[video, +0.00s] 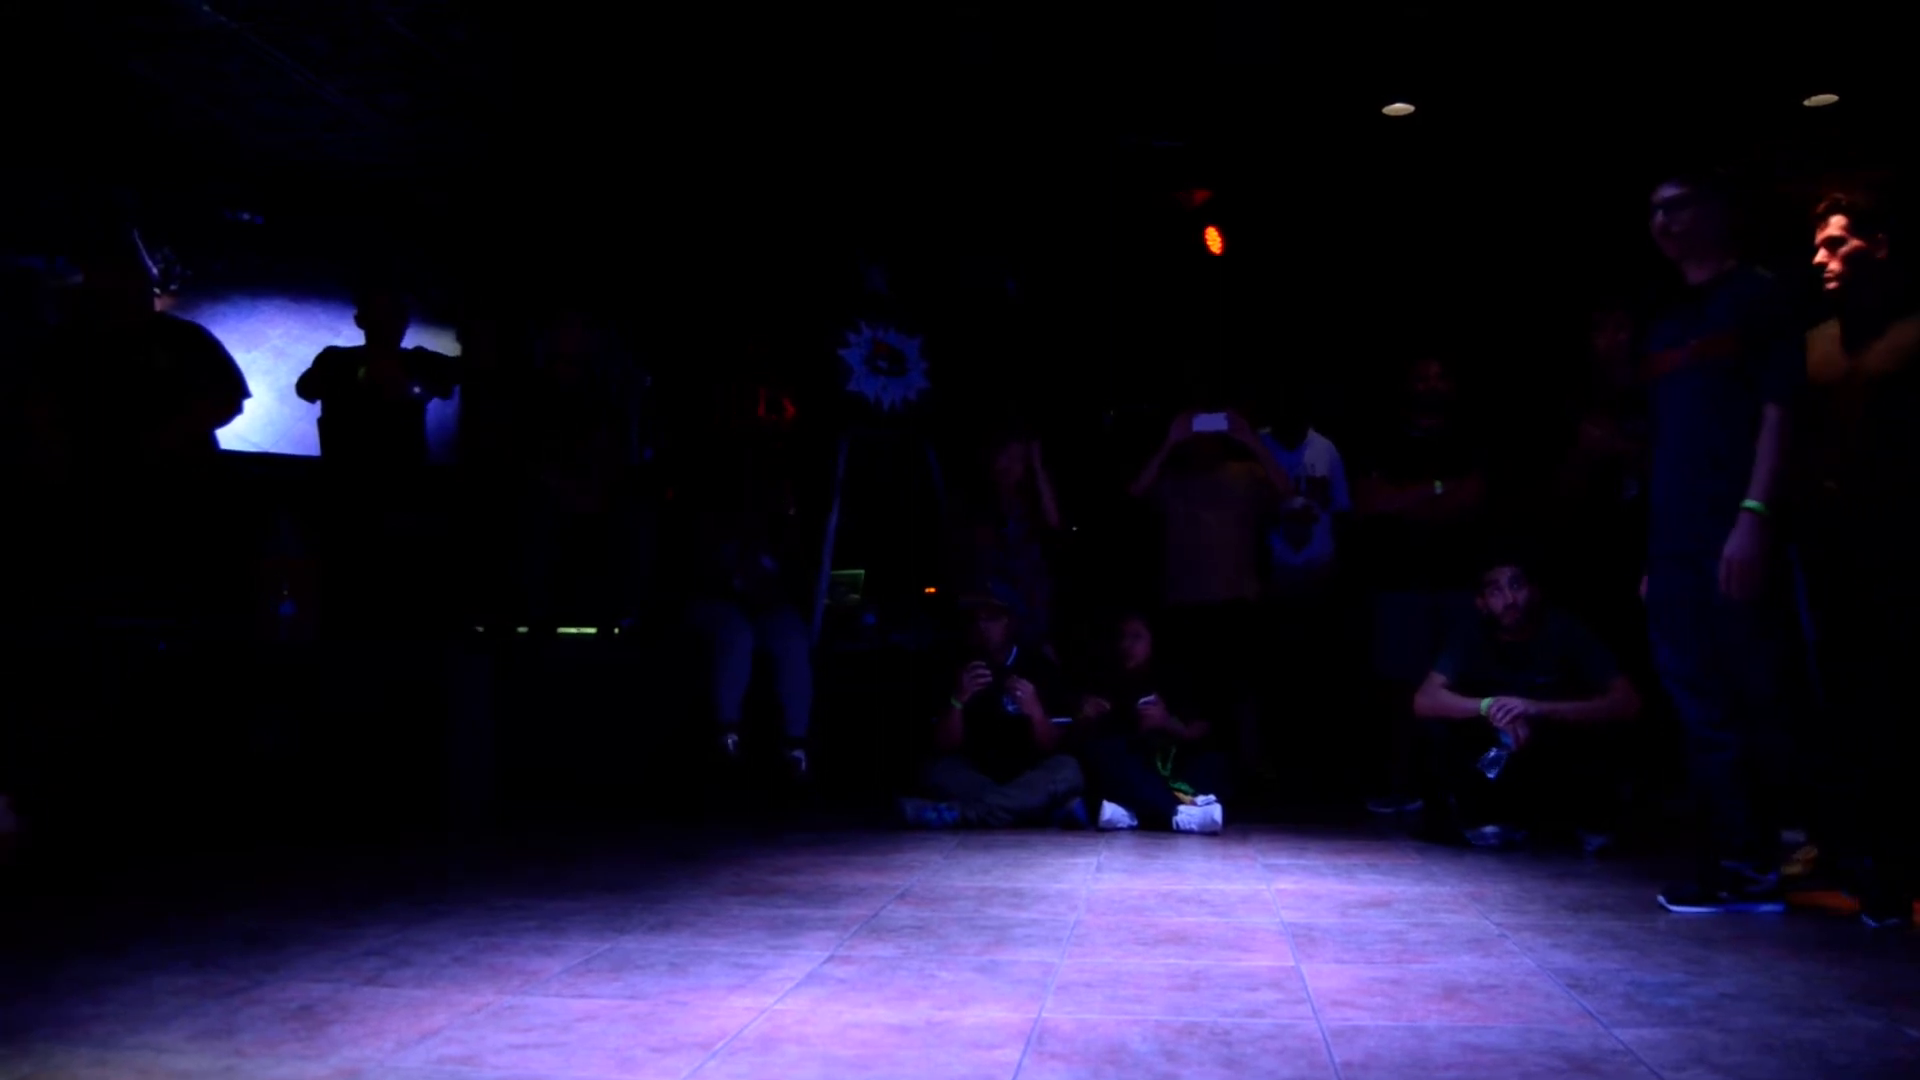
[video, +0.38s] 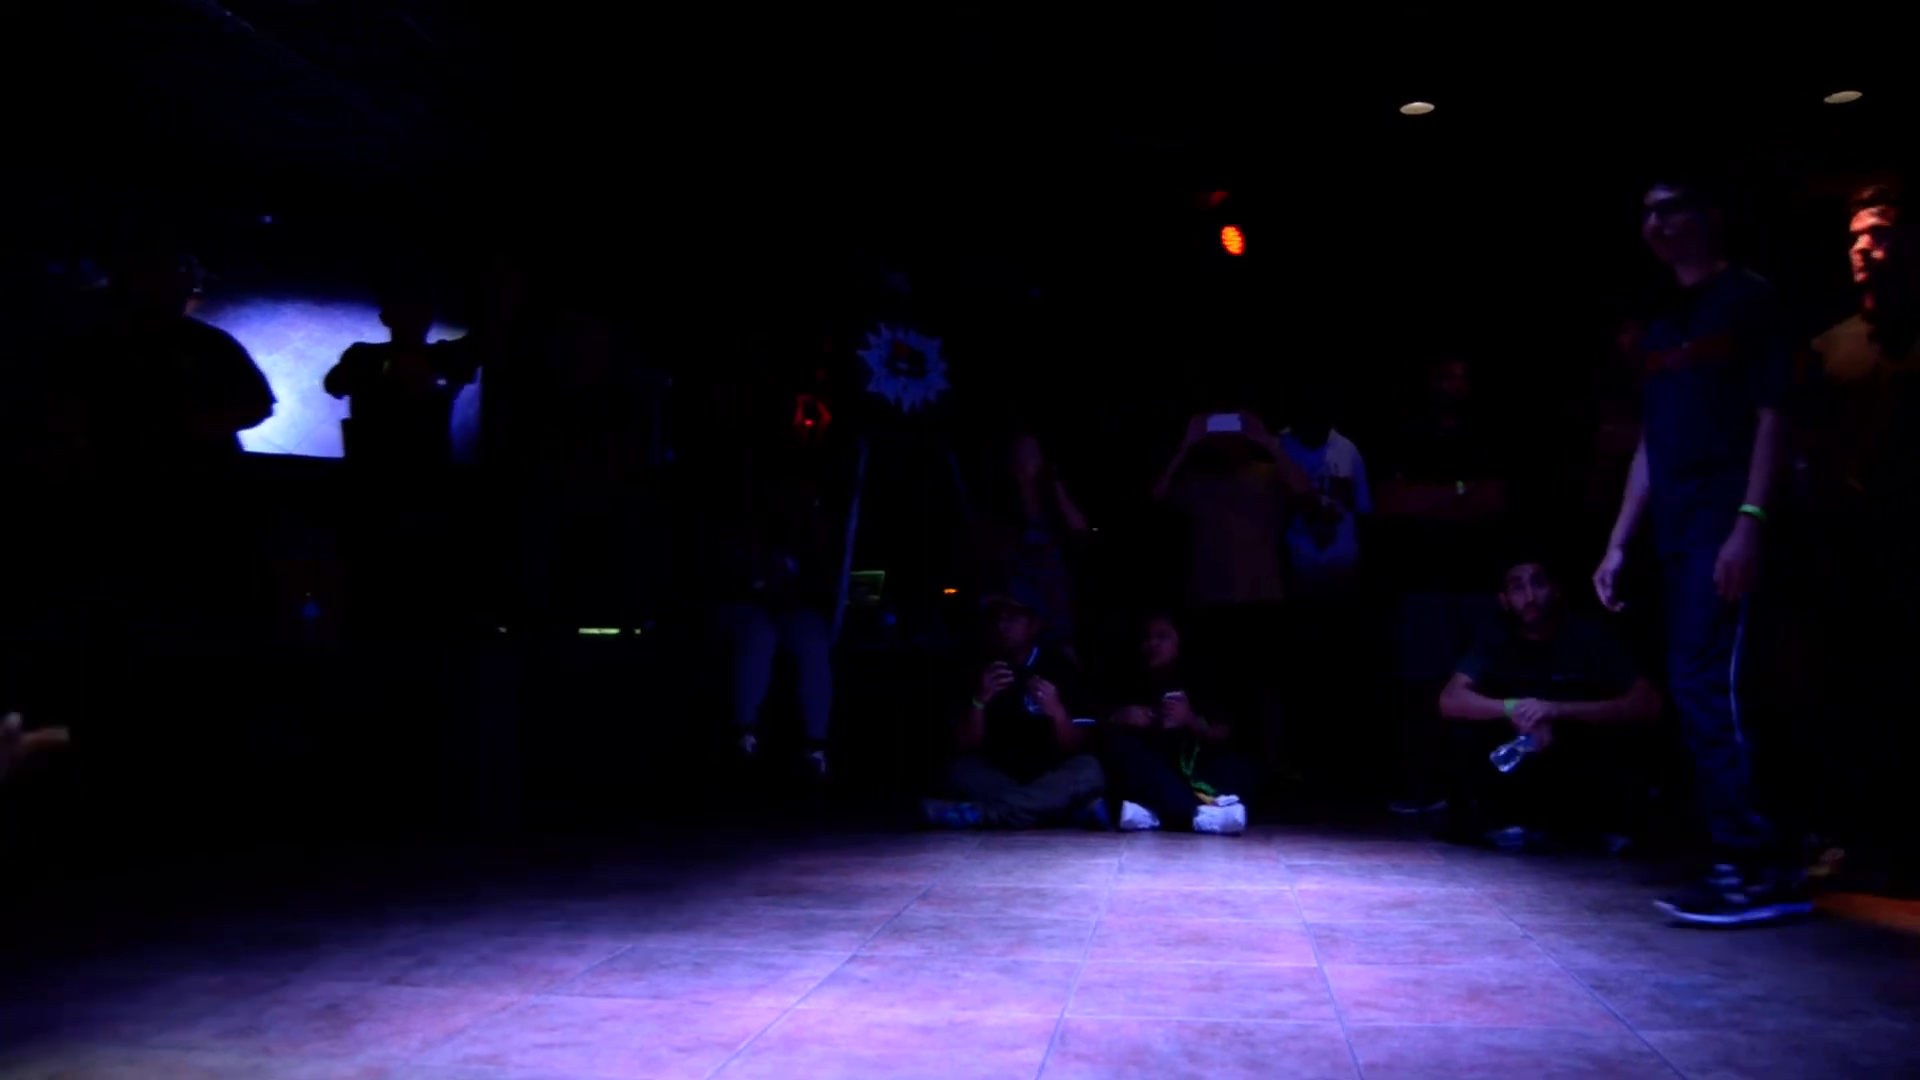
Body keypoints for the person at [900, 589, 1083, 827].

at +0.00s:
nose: (983, 629)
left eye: (992, 619)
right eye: (976, 620)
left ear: (1009, 623)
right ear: (968, 626)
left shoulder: (1033, 665)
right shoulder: (954, 666)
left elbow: (1050, 743)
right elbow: (945, 744)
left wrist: (1033, 710)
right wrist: (959, 700)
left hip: (1025, 762)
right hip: (973, 763)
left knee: (1067, 771)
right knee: (939, 772)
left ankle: (963, 814)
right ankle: (1043, 813)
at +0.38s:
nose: (1003, 628)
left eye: (1012, 619)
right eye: (997, 619)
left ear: (1032, 623)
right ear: (989, 626)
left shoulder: (1055, 665)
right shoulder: (977, 666)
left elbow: (1075, 744)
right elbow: (966, 743)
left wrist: (1055, 710)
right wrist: (980, 700)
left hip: (1047, 762)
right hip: (994, 764)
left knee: (1089, 771)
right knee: (959, 771)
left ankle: (985, 814)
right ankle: (1065, 813)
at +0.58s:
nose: (1037, 625)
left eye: (1045, 616)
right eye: (1031, 617)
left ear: (1062, 621)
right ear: (1022, 624)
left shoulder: (1085, 661)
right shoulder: (1010, 662)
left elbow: (1102, 741)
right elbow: (996, 740)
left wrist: (1083, 706)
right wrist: (1010, 695)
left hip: (1076, 757)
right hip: (1025, 758)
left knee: (1117, 767)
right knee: (991, 769)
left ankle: (1014, 810)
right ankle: (1094, 809)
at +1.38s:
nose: (1072, 625)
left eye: (1079, 615)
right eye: (1064, 616)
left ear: (1091, 620)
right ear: (1051, 621)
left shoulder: (1110, 660)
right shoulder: (1036, 662)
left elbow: (1128, 738)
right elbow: (1024, 742)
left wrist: (1108, 705)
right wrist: (1034, 694)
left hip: (1101, 757)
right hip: (1051, 757)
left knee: (1141, 766)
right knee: (1018, 768)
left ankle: (1037, 809)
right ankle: (1120, 808)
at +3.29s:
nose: (1066, 629)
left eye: (1073, 620)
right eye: (1059, 621)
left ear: (1086, 623)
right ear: (1049, 627)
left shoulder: (1108, 662)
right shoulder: (1035, 664)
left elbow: (1127, 738)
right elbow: (1021, 741)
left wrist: (1107, 705)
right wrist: (1034, 695)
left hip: (1100, 756)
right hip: (1050, 757)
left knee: (1141, 766)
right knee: (1016, 769)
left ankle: (1036, 809)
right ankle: (1119, 808)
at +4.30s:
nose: (1065, 625)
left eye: (1075, 616)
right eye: (1058, 616)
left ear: (1088, 620)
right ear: (1047, 621)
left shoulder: (1110, 660)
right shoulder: (1032, 661)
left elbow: (1131, 741)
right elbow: (1021, 745)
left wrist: (1108, 705)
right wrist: (1033, 696)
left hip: (1101, 760)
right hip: (1049, 760)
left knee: (1142, 768)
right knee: (1013, 769)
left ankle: (1037, 809)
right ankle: (1121, 809)